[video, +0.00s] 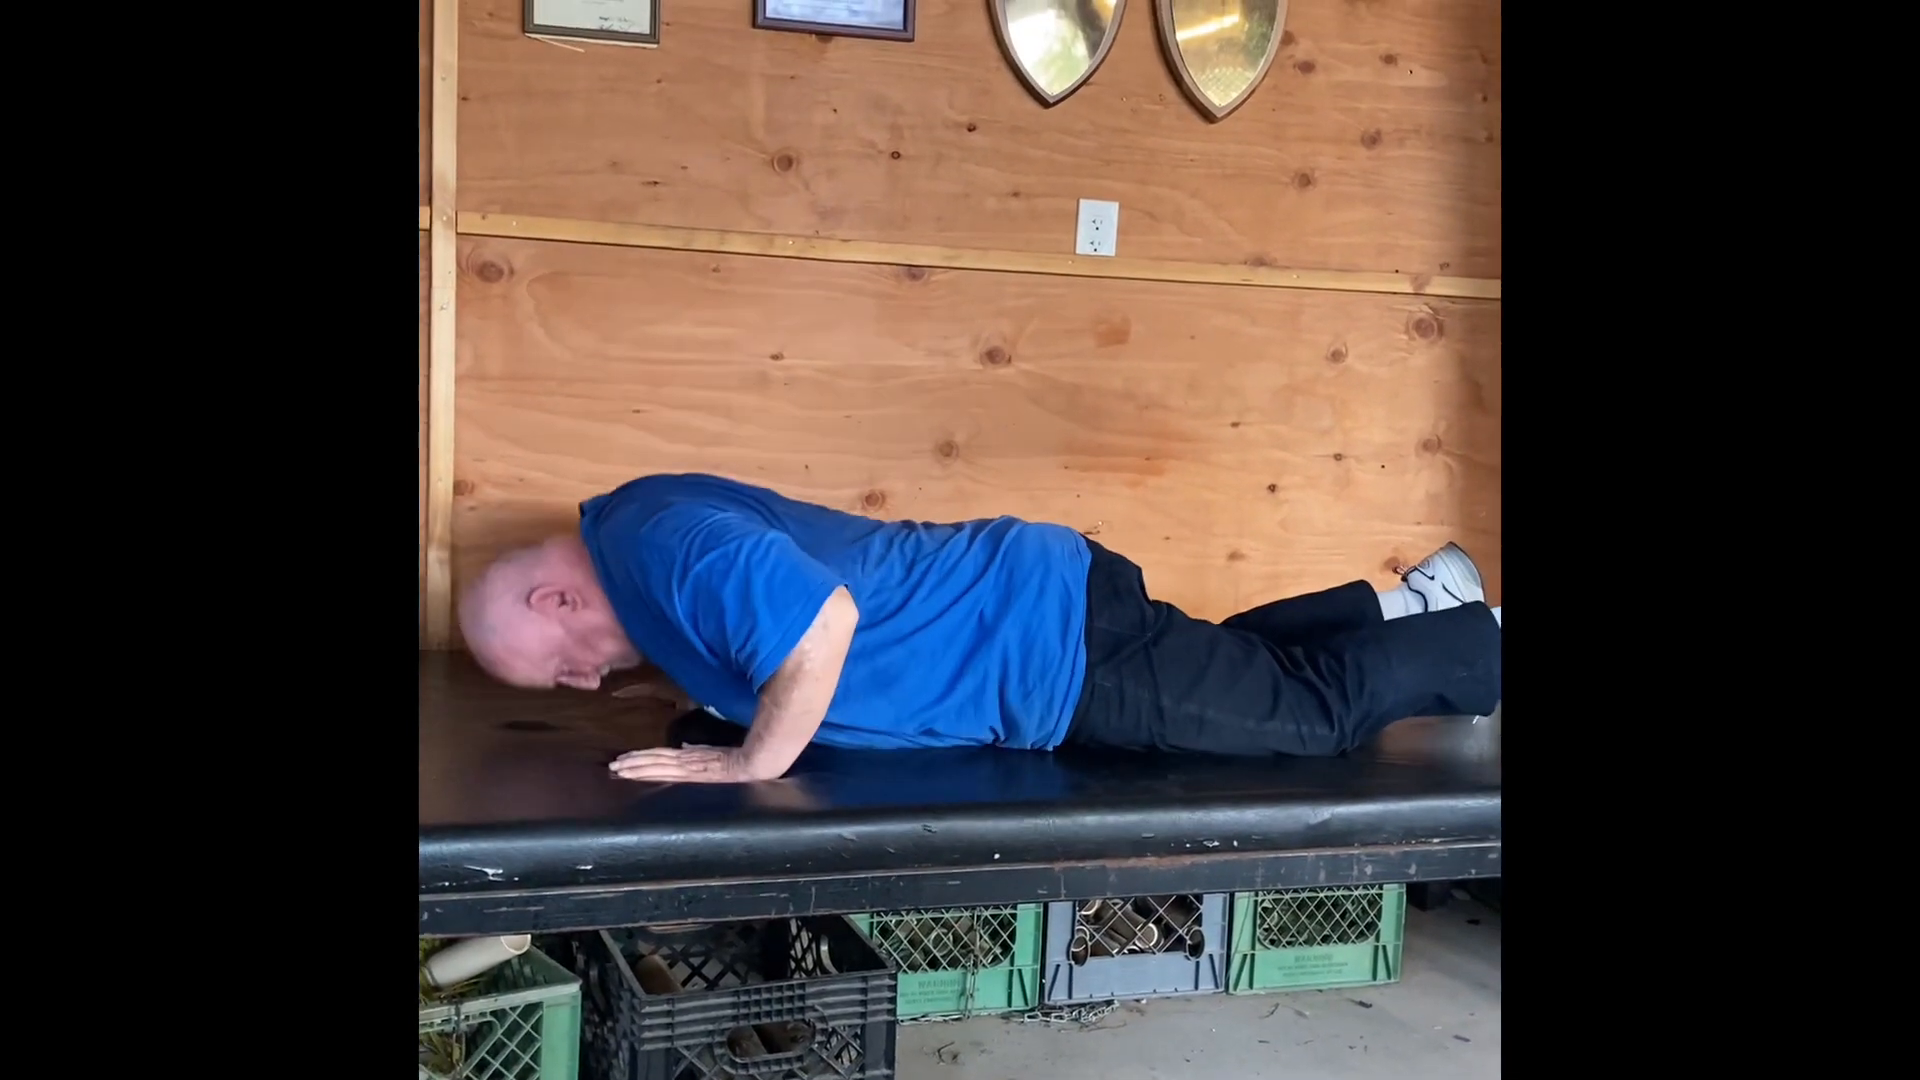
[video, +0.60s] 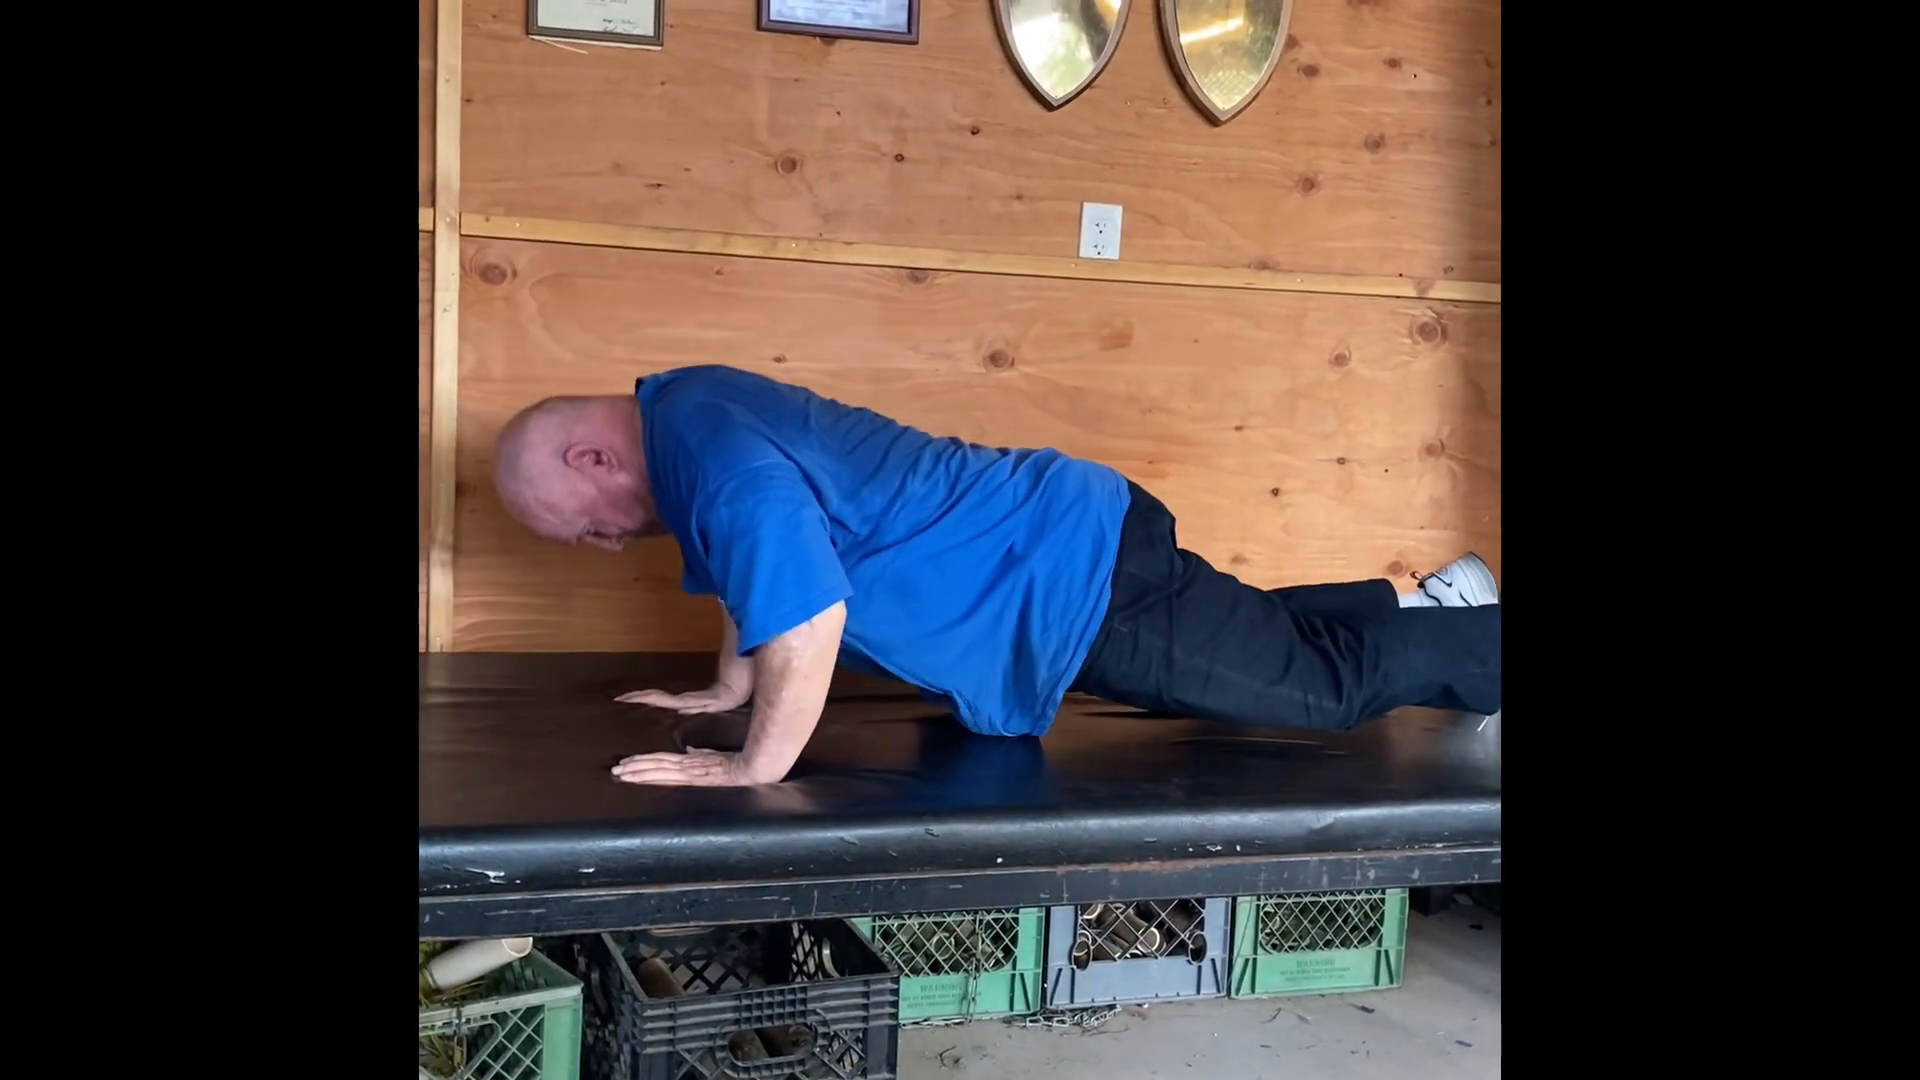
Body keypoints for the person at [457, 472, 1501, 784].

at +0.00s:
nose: (591, 675)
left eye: (566, 661)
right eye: (567, 674)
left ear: (554, 598)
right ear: (551, 589)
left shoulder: (667, 545)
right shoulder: (631, 559)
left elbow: (817, 625)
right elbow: (777, 637)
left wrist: (757, 764)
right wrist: (722, 717)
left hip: (1053, 636)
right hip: (1025, 655)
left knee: (1312, 709)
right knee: (1243, 676)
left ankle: (1484, 640)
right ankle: (1417, 603)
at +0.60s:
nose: (609, 537)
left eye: (586, 522)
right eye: (583, 530)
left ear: (587, 463)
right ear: (585, 443)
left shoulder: (717, 449)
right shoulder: (682, 429)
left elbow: (808, 614)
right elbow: (759, 585)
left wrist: (763, 767)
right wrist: (733, 702)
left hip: (1076, 575)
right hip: (1051, 569)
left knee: (1318, 680)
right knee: (1283, 644)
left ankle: (1488, 648)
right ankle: (1447, 602)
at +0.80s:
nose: (607, 529)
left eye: (584, 514)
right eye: (581, 522)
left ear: (586, 451)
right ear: (583, 435)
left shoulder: (718, 444)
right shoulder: (681, 425)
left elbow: (804, 614)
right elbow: (756, 582)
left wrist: (762, 765)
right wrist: (730, 698)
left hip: (1073, 567)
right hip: (1048, 567)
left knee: (1312, 678)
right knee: (1289, 642)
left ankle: (1486, 645)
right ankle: (1463, 609)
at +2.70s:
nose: (575, 557)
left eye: (551, 540)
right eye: (549, 555)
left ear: (555, 481)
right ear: (552, 492)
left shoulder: (678, 468)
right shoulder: (651, 456)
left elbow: (770, 622)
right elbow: (733, 606)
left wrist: (714, 769)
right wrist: (699, 721)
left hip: (1050, 599)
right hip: (1024, 585)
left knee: (1268, 712)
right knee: (1216, 655)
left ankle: (1455, 658)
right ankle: (1406, 614)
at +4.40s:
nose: (493, 679)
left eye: (473, 666)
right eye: (476, 676)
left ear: (478, 605)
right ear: (481, 602)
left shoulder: (611, 573)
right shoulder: (565, 560)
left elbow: (706, 708)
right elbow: (686, 678)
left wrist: (638, 839)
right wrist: (608, 751)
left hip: (962, 692)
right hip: (931, 702)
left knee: (1191, 791)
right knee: (1155, 748)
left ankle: (1414, 743)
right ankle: (1351, 706)